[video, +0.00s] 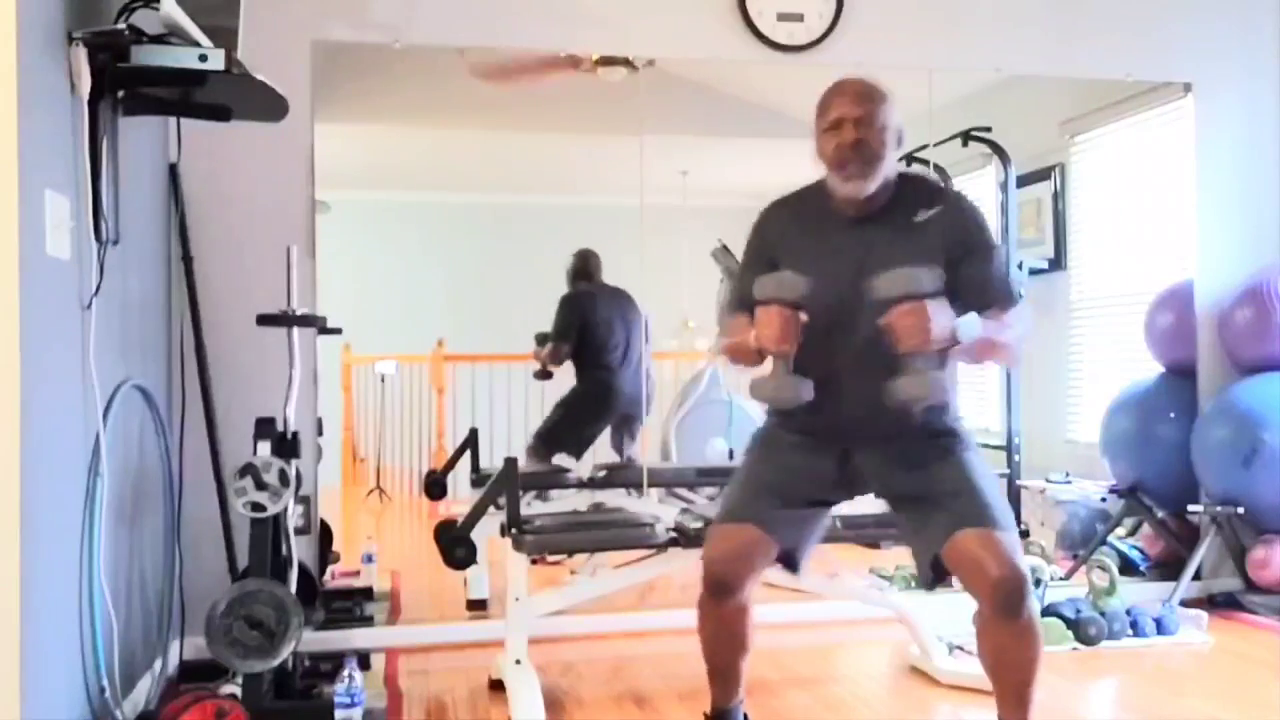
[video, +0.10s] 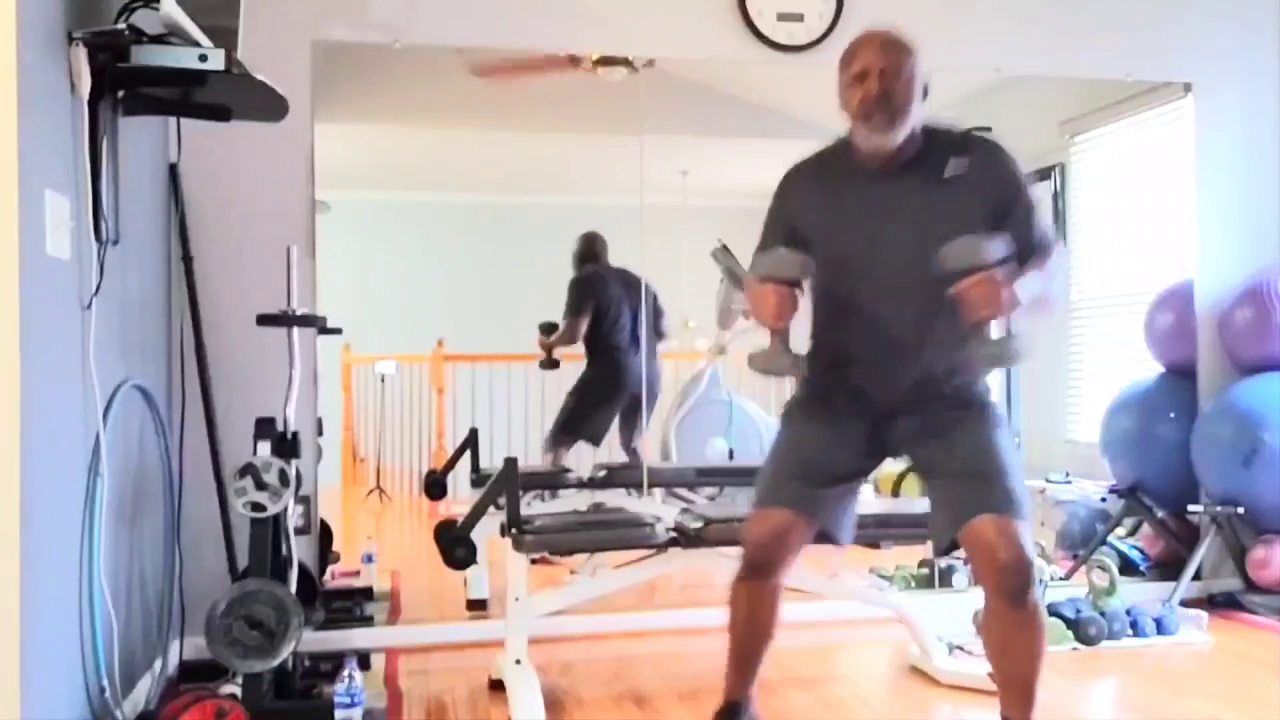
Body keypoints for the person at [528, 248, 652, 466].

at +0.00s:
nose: (567, 276)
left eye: (569, 272)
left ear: (571, 273)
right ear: (599, 273)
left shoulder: (575, 300)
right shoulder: (627, 299)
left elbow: (557, 354)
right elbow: (643, 347)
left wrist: (543, 355)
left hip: (598, 393)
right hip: (637, 391)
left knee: (539, 449)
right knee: (629, 453)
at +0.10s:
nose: (574, 258)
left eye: (575, 254)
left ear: (579, 255)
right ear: (605, 254)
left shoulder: (586, 280)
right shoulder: (636, 282)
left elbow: (573, 334)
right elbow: (660, 331)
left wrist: (550, 344)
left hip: (609, 374)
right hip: (647, 375)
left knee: (559, 443)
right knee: (633, 442)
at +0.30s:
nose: (579, 241)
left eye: (581, 236)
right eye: (581, 236)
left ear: (586, 237)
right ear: (611, 234)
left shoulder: (593, 256)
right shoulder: (644, 256)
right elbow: (685, 290)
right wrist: (659, 314)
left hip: (617, 361)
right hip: (654, 361)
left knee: (582, 436)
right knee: (642, 436)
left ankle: (597, 479)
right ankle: (659, 500)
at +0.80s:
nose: (581, 256)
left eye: (582, 251)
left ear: (587, 253)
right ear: (614, 252)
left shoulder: (586, 280)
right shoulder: (645, 280)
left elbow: (571, 337)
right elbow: (663, 333)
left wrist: (560, 340)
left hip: (613, 375)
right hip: (653, 376)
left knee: (556, 441)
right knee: (646, 446)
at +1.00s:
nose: (568, 276)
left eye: (569, 271)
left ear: (571, 273)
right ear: (597, 273)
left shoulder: (565, 303)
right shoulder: (623, 300)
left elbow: (550, 359)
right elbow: (639, 345)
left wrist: (551, 372)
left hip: (590, 395)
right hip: (634, 393)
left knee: (534, 449)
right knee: (647, 454)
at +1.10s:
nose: (554, 266)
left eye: (555, 262)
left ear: (557, 263)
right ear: (584, 263)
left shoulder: (552, 294)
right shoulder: (613, 291)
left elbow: (536, 348)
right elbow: (631, 347)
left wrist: (539, 362)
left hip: (579, 385)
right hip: (620, 384)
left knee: (531, 448)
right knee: (636, 452)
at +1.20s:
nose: (542, 248)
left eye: (543, 244)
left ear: (546, 244)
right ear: (572, 242)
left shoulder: (541, 273)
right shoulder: (603, 270)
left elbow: (529, 326)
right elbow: (624, 321)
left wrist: (520, 337)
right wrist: (593, 326)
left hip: (564, 368)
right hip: (605, 367)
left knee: (533, 443)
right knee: (618, 440)